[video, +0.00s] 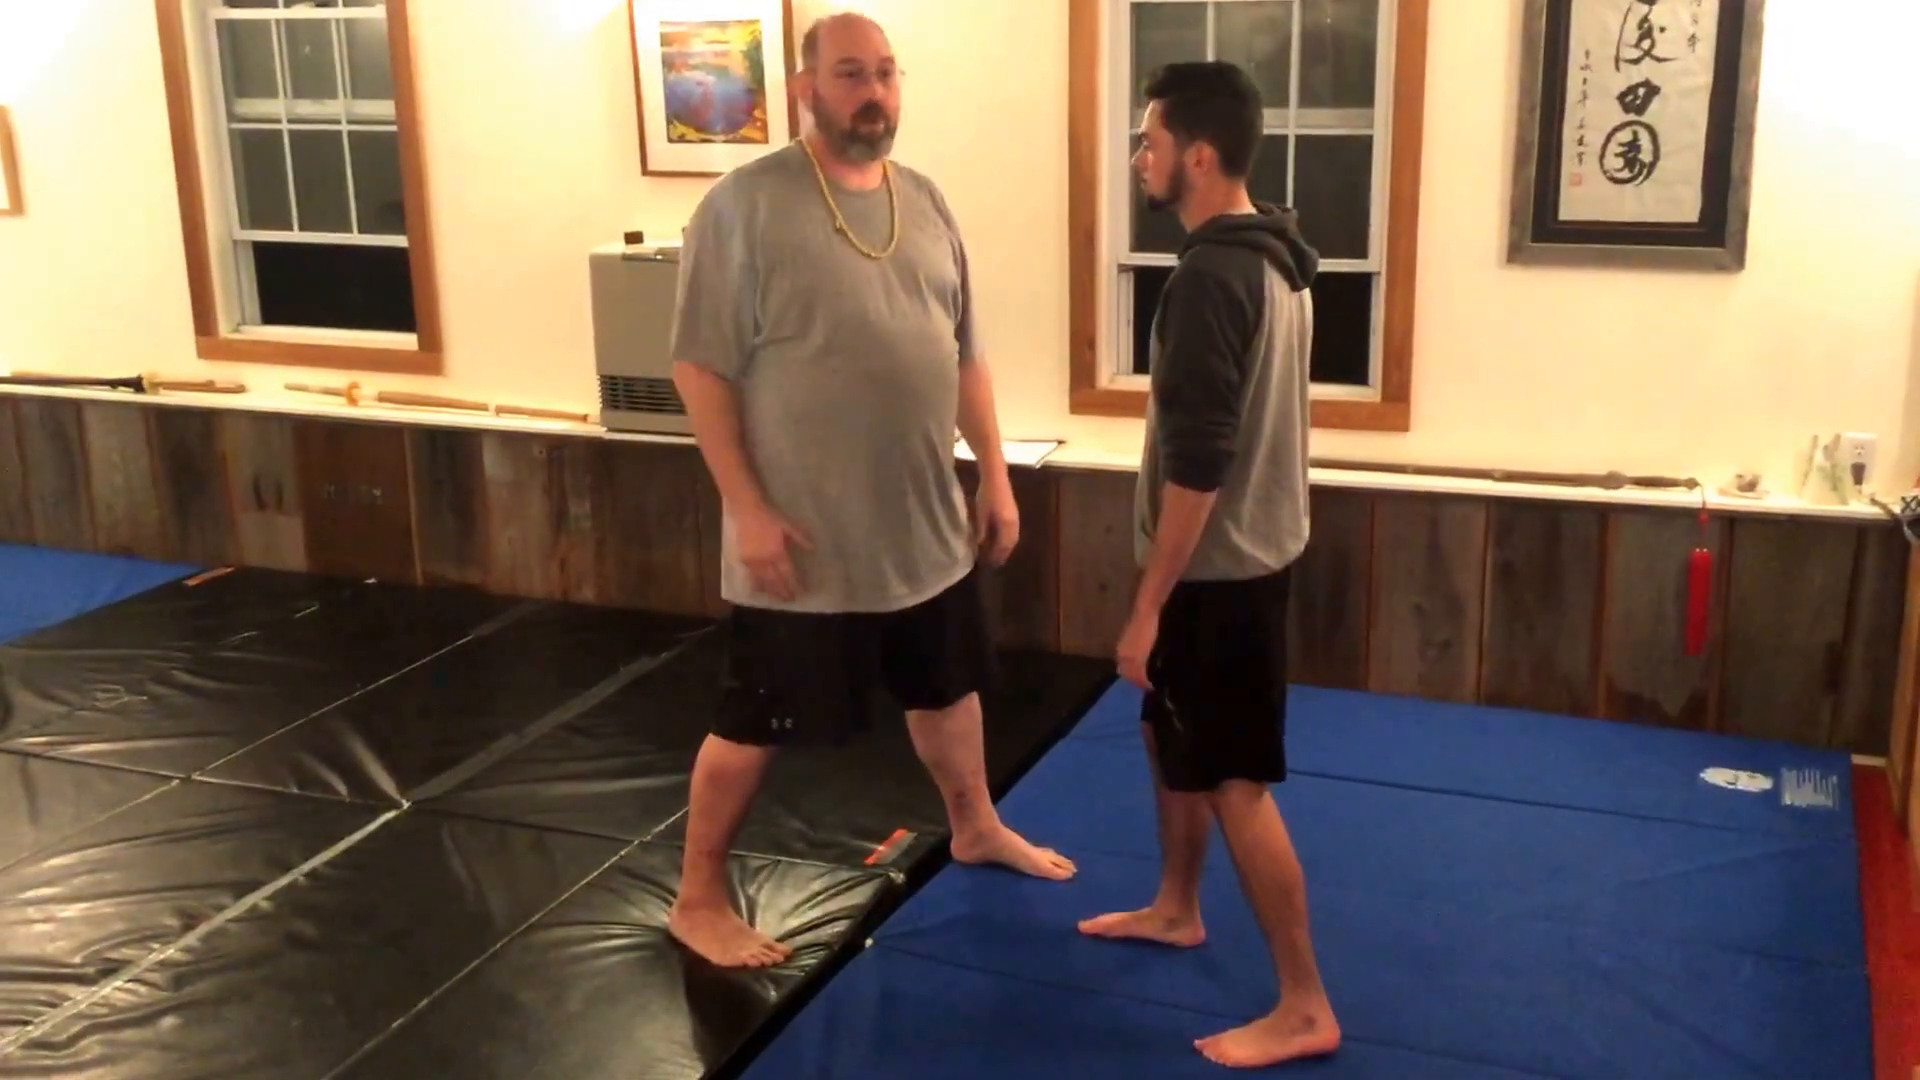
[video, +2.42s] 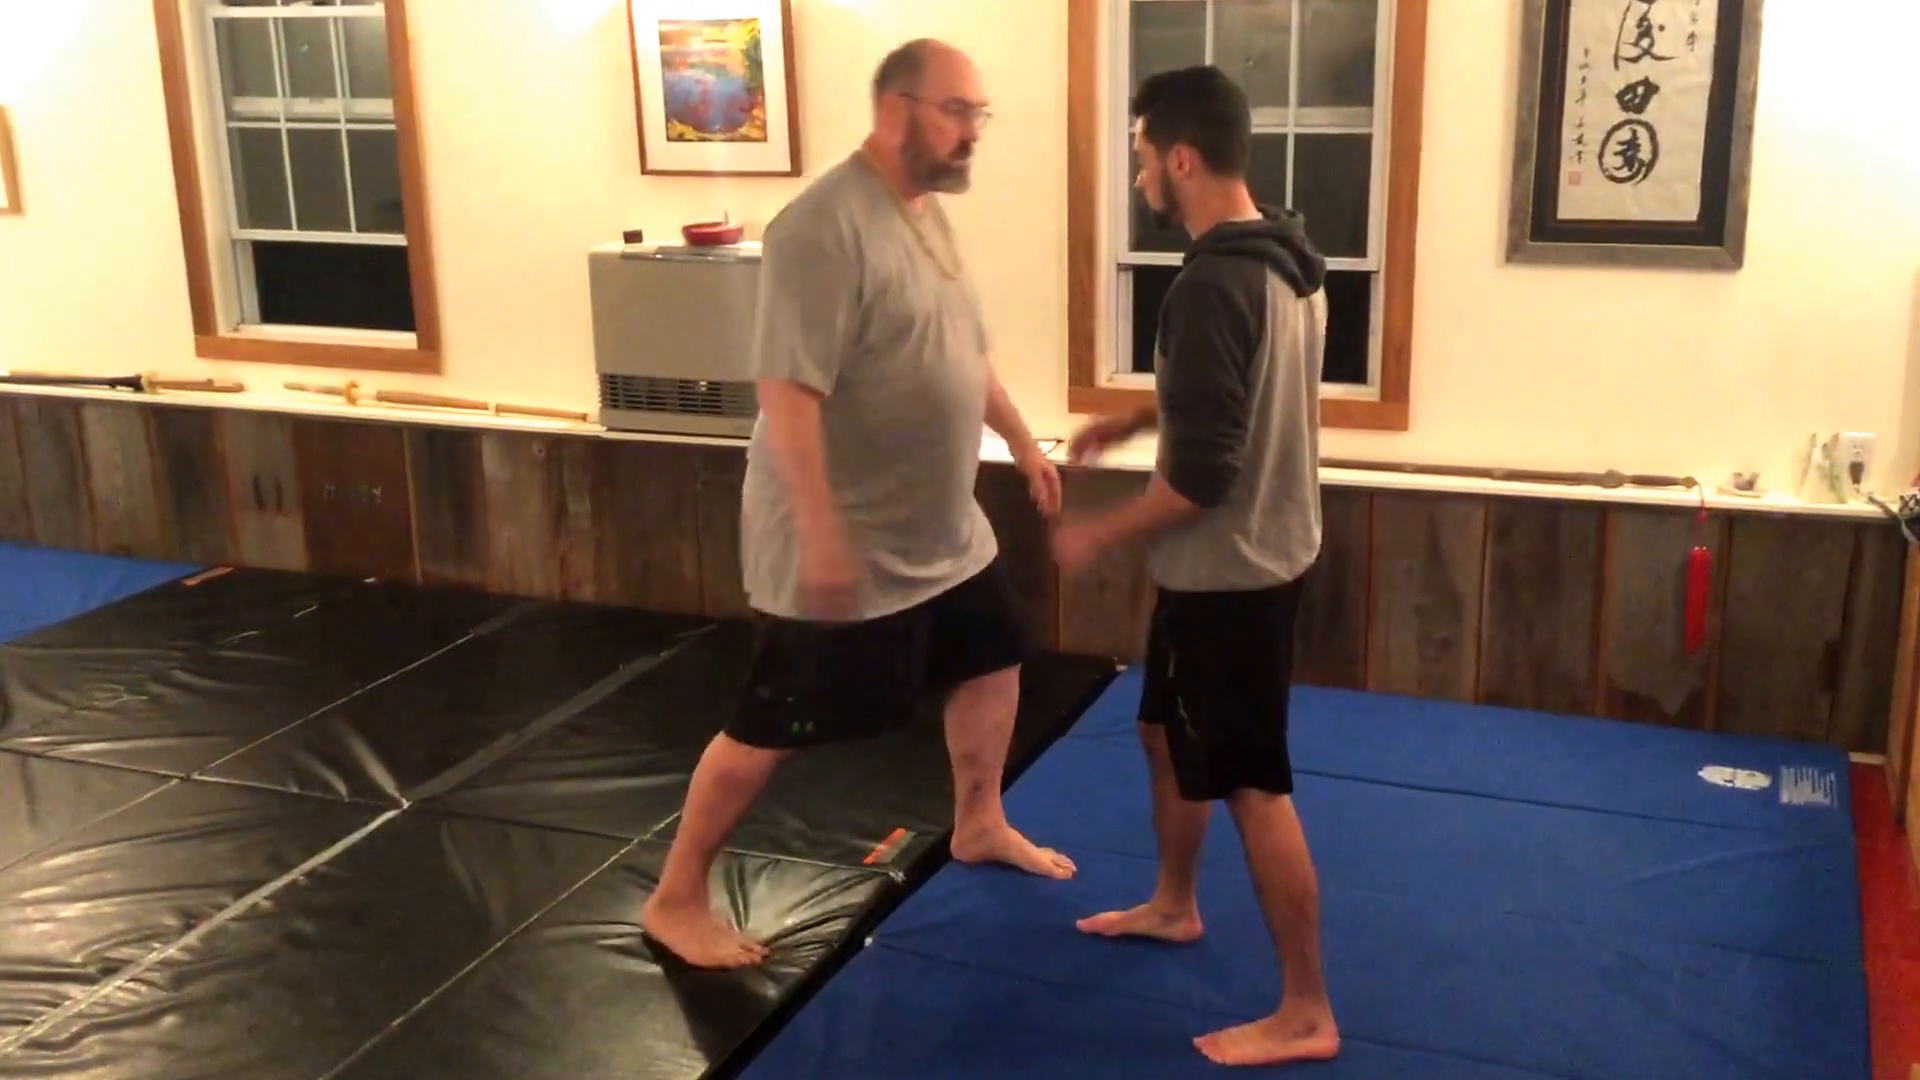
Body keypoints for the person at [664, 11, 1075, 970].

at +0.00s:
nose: (874, 91)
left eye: (886, 73)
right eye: (850, 74)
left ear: (902, 87)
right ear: (803, 90)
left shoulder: (926, 202)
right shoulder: (743, 205)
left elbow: (962, 350)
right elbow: (699, 366)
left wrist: (995, 471)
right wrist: (745, 507)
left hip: (924, 516)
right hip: (794, 533)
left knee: (950, 684)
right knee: (753, 723)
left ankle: (977, 828)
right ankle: (698, 896)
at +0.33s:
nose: (859, 94)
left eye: (875, 76)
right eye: (838, 76)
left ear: (897, 87)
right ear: (801, 87)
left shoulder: (925, 202)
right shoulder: (744, 205)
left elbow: (955, 353)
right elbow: (695, 351)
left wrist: (981, 478)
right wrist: (739, 368)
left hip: (919, 504)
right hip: (793, 517)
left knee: (945, 678)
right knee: (750, 720)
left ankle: (977, 828)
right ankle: (698, 897)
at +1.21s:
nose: (854, 96)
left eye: (869, 78)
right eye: (832, 79)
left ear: (892, 88)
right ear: (796, 90)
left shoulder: (922, 201)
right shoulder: (742, 205)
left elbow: (955, 348)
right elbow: (698, 366)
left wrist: (983, 473)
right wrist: (750, 508)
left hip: (918, 515)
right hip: (790, 531)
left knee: (945, 683)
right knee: (748, 725)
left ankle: (978, 828)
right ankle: (698, 897)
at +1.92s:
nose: (989, 131)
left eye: (993, 114)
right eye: (974, 111)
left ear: (945, 110)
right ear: (913, 102)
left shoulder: (944, 210)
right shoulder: (822, 212)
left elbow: (951, 358)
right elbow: (776, 378)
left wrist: (977, 467)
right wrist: (815, 523)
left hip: (939, 518)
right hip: (833, 532)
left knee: (984, 665)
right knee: (772, 719)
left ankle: (980, 825)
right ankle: (699, 895)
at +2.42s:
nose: (976, 131)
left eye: (980, 114)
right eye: (959, 112)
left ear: (938, 118)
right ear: (896, 110)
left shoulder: (925, 214)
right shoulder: (819, 225)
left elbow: (957, 354)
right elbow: (787, 390)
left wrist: (1025, 444)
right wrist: (821, 535)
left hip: (934, 522)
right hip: (834, 537)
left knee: (990, 662)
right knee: (770, 722)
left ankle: (981, 822)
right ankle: (676, 895)